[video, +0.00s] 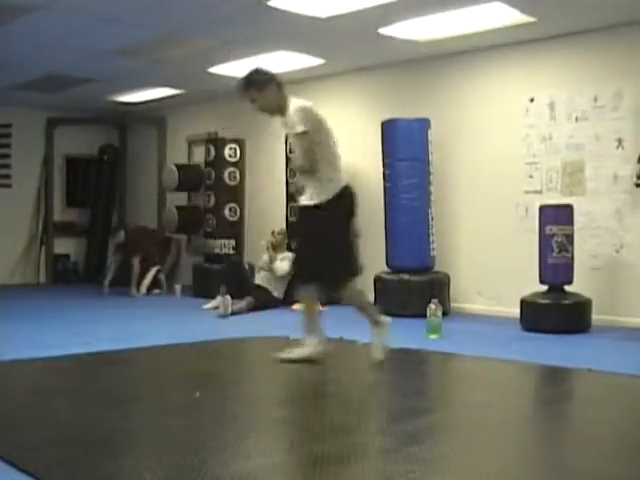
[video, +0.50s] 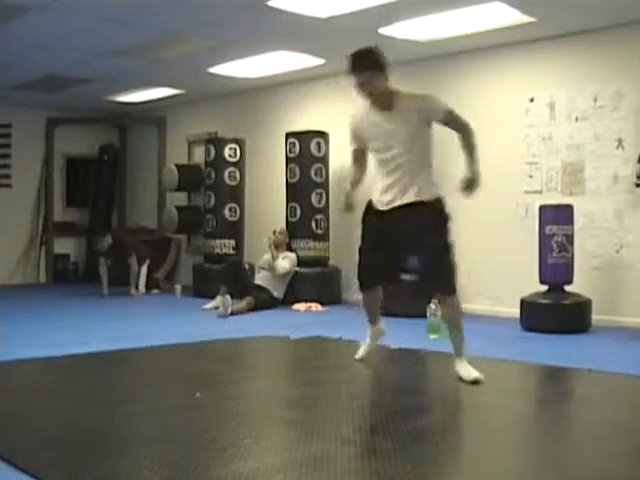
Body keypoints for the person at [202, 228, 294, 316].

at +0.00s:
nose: (274, 238)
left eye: (278, 235)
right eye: (273, 235)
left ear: (285, 239)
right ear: (271, 237)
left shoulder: (289, 256)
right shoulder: (268, 254)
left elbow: (280, 272)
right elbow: (259, 267)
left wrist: (271, 255)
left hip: (272, 294)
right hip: (256, 288)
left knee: (251, 301)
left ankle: (230, 309)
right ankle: (222, 299)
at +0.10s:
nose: (273, 243)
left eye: (276, 241)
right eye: (272, 241)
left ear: (284, 242)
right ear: (270, 241)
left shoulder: (290, 257)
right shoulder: (268, 254)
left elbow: (280, 272)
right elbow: (260, 267)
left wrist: (273, 257)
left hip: (272, 294)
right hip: (256, 288)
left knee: (250, 301)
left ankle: (230, 310)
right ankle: (222, 300)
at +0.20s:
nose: (275, 242)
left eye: (278, 239)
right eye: (273, 239)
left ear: (285, 240)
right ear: (271, 240)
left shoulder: (290, 257)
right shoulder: (268, 255)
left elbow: (281, 272)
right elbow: (260, 266)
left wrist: (273, 255)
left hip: (271, 295)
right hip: (255, 288)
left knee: (250, 301)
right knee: (235, 264)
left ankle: (230, 309)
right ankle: (221, 299)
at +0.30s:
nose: (277, 237)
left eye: (281, 235)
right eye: (275, 235)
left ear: (286, 239)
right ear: (273, 237)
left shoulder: (291, 257)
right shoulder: (268, 255)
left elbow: (281, 272)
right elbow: (260, 267)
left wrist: (272, 253)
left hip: (271, 294)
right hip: (255, 287)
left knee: (250, 301)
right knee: (235, 264)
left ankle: (230, 310)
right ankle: (220, 298)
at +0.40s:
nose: (277, 237)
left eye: (281, 235)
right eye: (275, 234)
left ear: (287, 239)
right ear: (273, 237)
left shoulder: (291, 257)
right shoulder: (268, 255)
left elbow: (280, 271)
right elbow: (260, 266)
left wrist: (273, 252)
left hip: (270, 294)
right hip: (254, 287)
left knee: (250, 301)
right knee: (235, 264)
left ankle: (230, 310)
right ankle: (220, 298)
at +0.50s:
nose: (277, 237)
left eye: (281, 235)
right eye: (276, 234)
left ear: (287, 239)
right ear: (273, 237)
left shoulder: (291, 257)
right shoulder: (268, 255)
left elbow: (280, 271)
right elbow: (260, 267)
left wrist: (273, 251)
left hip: (270, 295)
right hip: (254, 288)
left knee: (250, 301)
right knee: (235, 264)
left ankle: (230, 310)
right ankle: (220, 298)